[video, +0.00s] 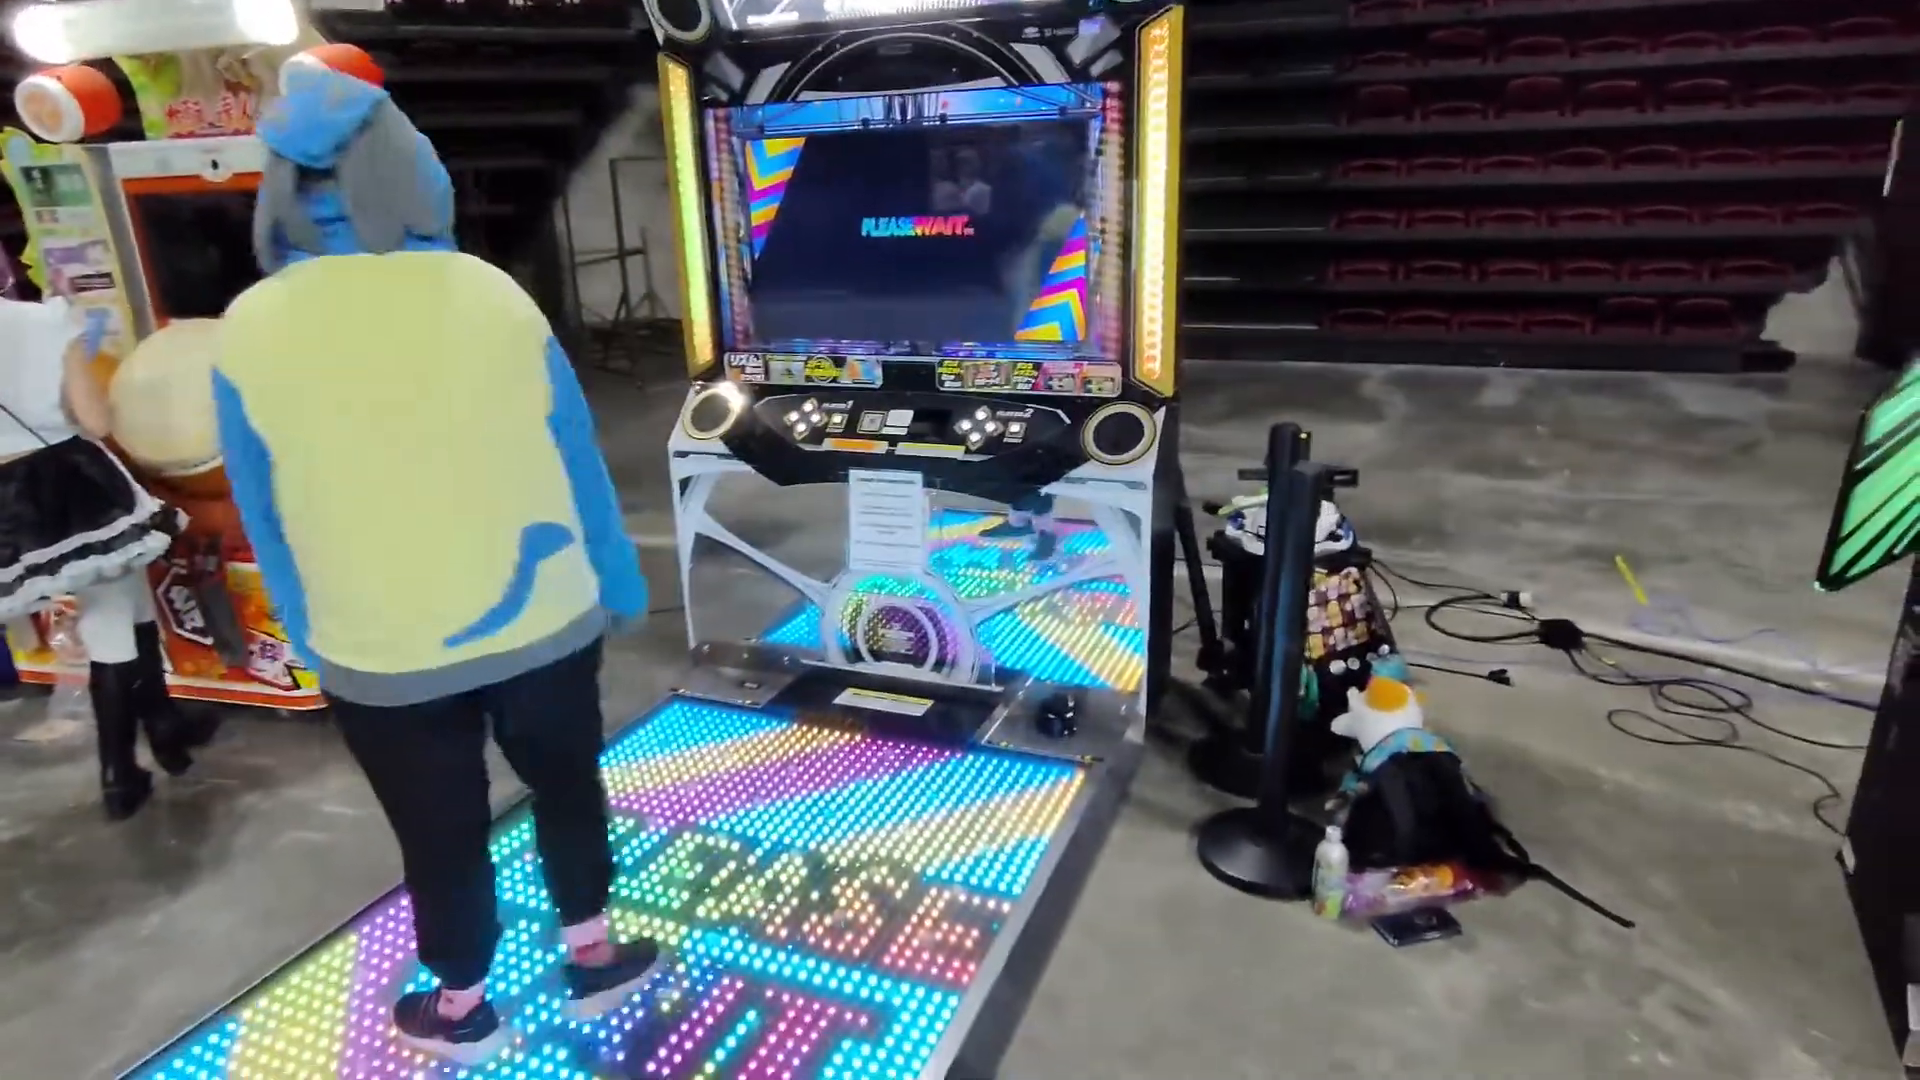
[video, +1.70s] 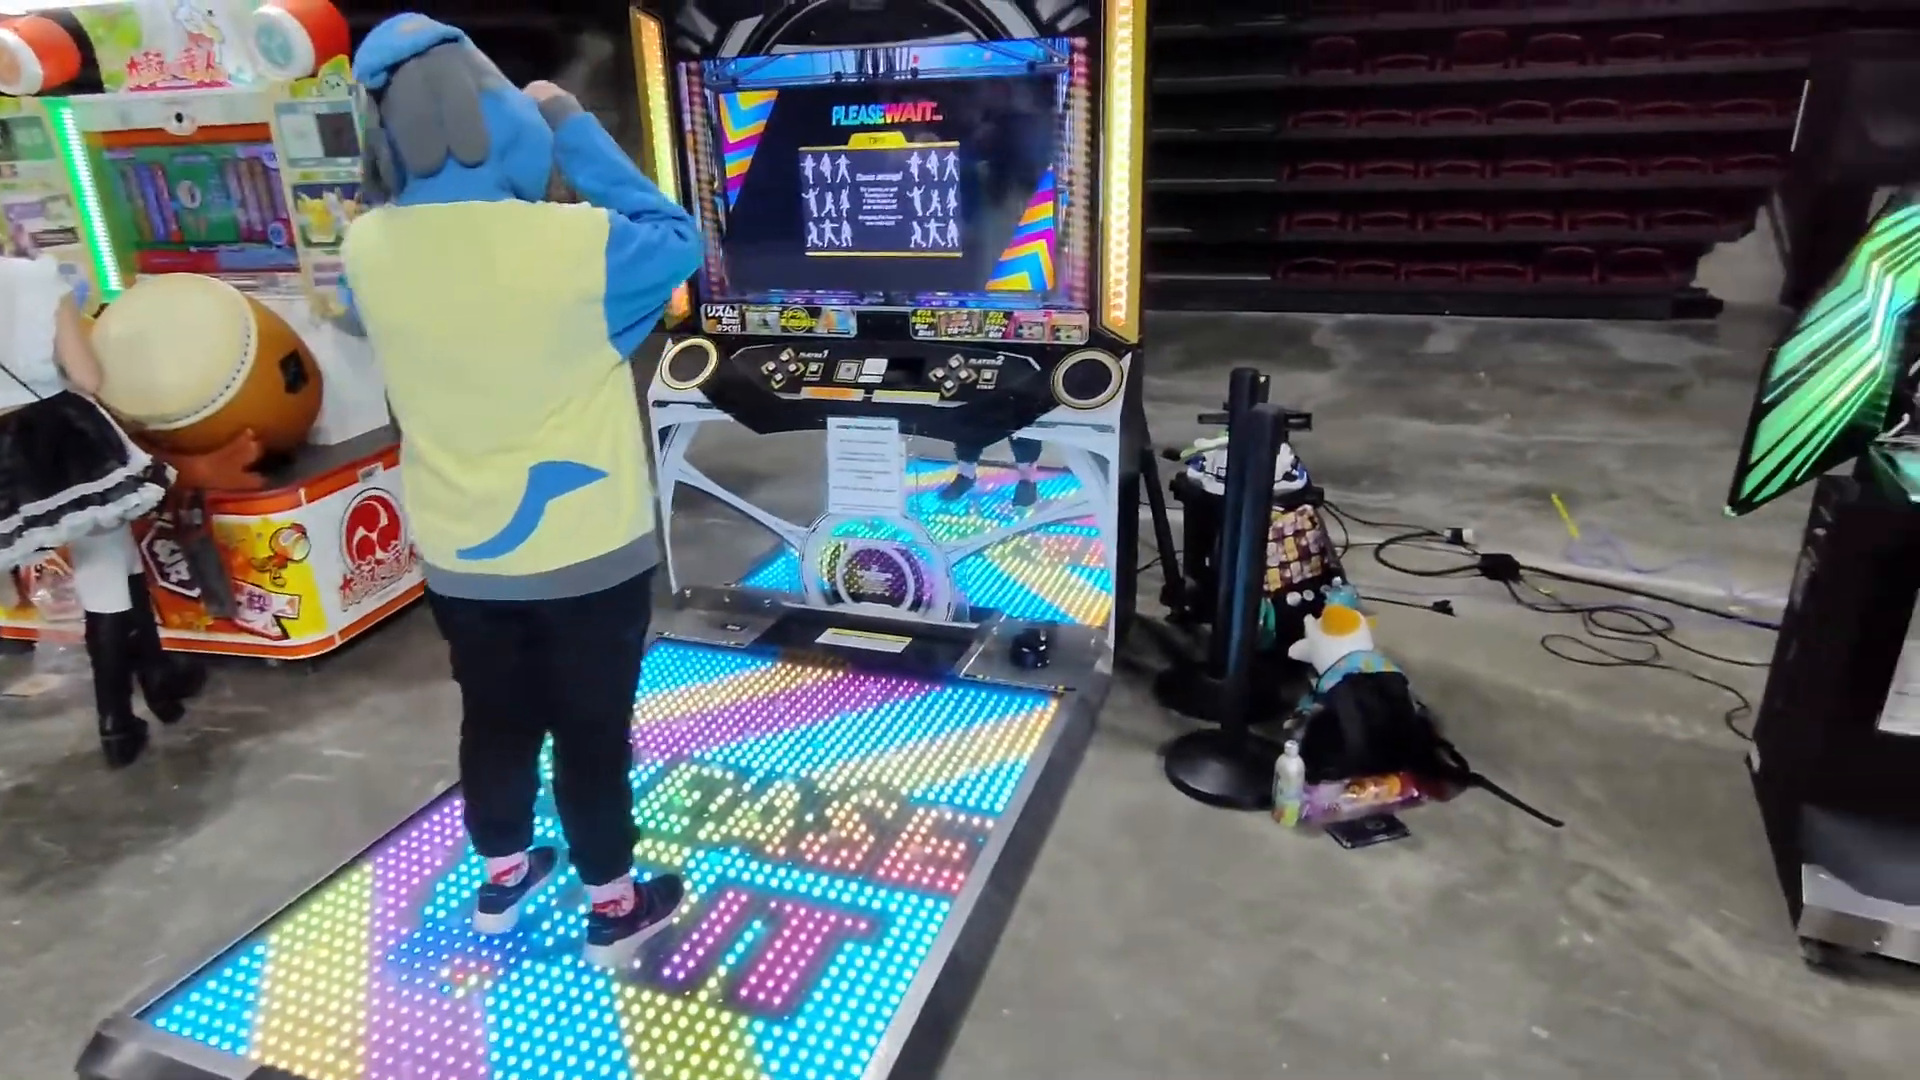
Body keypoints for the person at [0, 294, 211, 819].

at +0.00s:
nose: (30, 261)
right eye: (24, 251)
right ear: (16, 257)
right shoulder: (48, 323)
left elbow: (92, 419)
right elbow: (94, 421)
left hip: (11, 505)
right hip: (70, 493)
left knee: (125, 593)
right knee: (108, 623)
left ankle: (165, 726)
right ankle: (118, 774)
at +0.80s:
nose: (60, 200)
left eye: (55, 189)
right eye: (52, 190)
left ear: (8, 206)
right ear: (29, 199)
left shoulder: (5, 282)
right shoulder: (102, 271)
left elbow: (9, 393)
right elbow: (151, 369)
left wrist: (51, 393)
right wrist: (140, 313)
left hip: (56, 443)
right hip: (128, 432)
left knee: (179, 535)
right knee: (168, 560)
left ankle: (225, 658)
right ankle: (183, 706)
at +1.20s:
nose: (49, 204)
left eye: (43, 192)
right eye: (42, 193)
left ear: (6, 202)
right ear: (21, 198)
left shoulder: (5, 278)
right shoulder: (87, 272)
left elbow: (11, 389)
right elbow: (144, 369)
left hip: (37, 445)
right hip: (112, 433)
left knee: (169, 536)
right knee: (163, 553)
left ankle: (218, 661)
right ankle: (178, 708)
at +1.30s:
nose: (35, 203)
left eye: (29, 190)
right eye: (29, 191)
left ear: (3, 197)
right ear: (10, 196)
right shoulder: (80, 276)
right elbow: (134, 374)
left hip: (22, 456)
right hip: (102, 444)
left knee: (157, 533)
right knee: (152, 554)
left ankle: (210, 666)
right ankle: (167, 711)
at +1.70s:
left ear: (7, 241)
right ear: (8, 234)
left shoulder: (32, 281)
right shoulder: (35, 280)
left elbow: (85, 378)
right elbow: (87, 378)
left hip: (11, 463)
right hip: (61, 452)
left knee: (108, 552)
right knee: (102, 560)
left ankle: (159, 678)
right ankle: (115, 722)